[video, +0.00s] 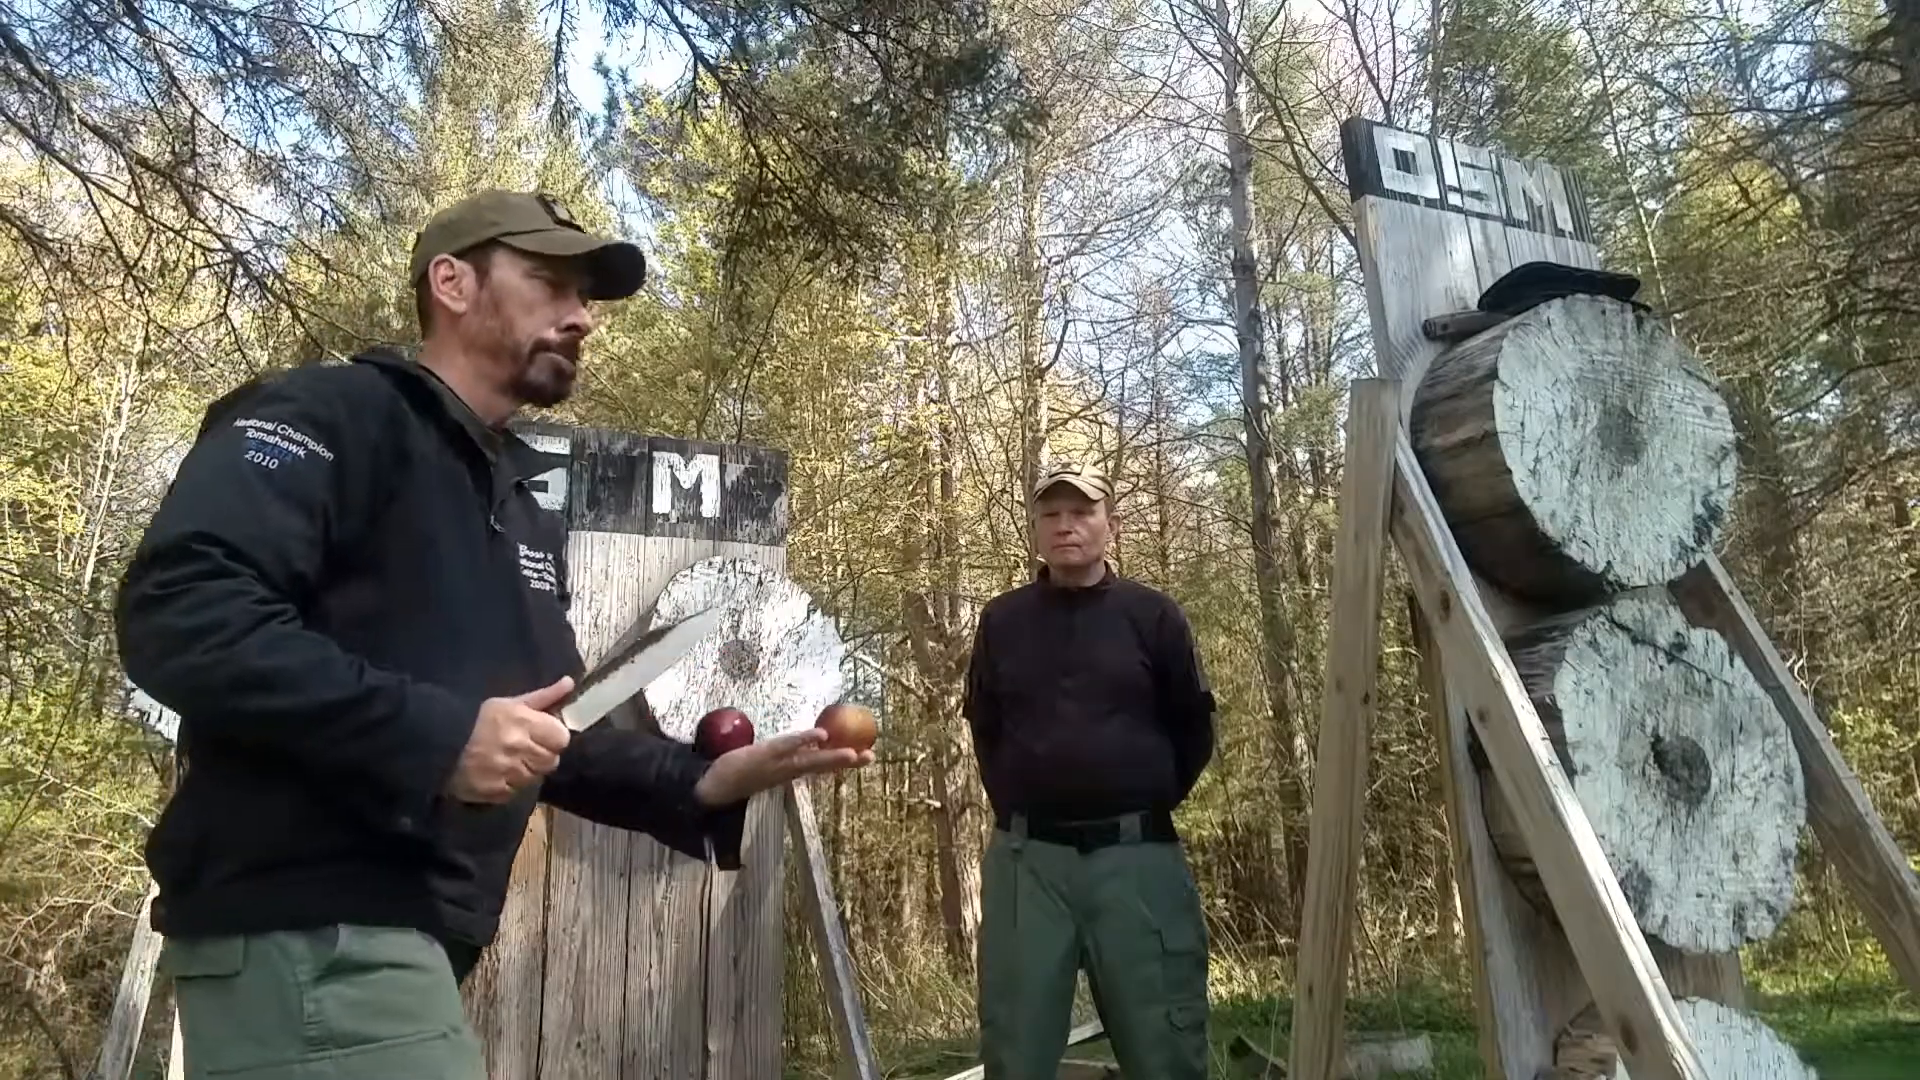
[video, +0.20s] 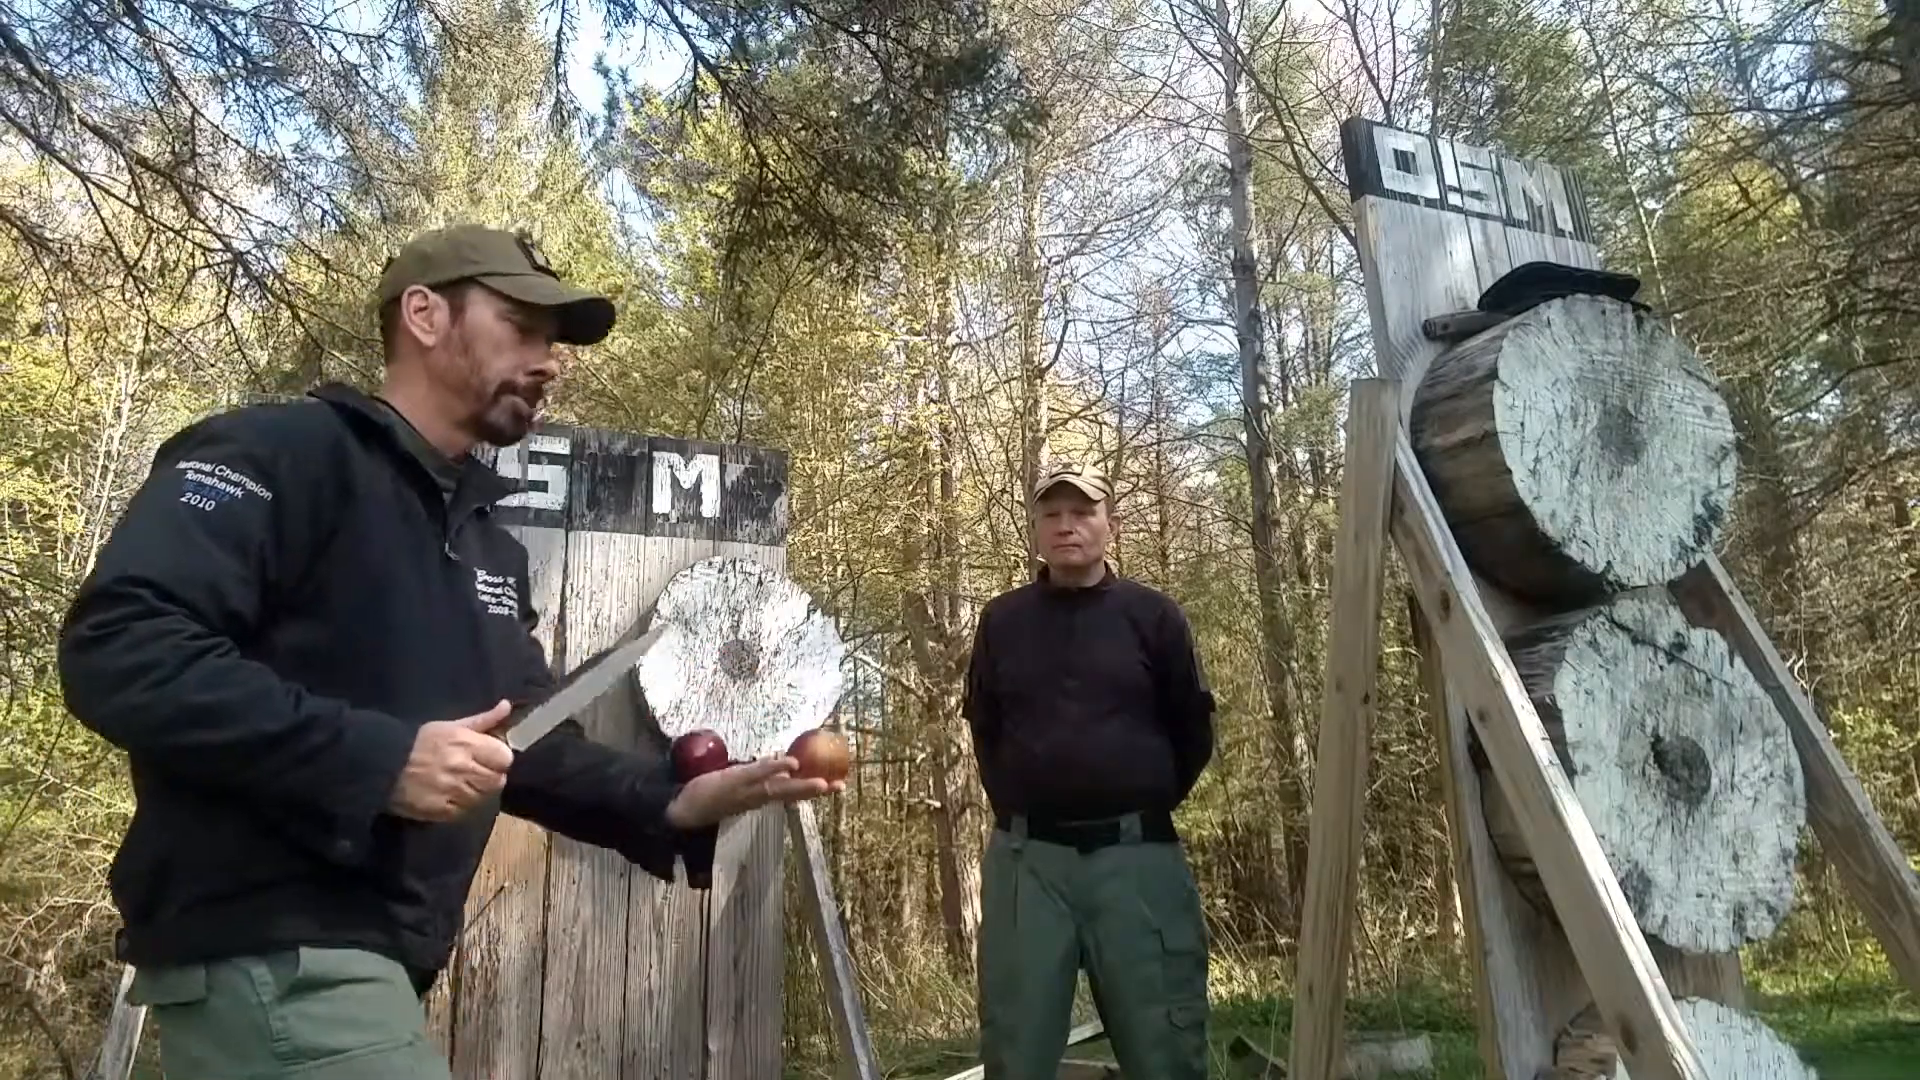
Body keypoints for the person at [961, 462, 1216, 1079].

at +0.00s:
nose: (1066, 525)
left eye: (1081, 512)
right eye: (1051, 515)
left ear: (1110, 526)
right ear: (1034, 533)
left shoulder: (1153, 614)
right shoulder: (1000, 619)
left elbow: (1195, 729)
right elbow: (984, 729)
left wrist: (1142, 811)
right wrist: (1026, 816)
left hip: (1138, 859)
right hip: (1025, 861)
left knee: (1164, 1057)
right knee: (1016, 1058)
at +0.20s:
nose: (1067, 525)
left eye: (1082, 513)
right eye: (1052, 515)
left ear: (1109, 527)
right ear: (1034, 533)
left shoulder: (1154, 614)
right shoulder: (1000, 619)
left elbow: (1194, 731)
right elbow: (984, 730)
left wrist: (1140, 812)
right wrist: (1026, 816)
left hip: (1138, 861)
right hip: (1025, 861)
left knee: (1164, 1057)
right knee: (1016, 1058)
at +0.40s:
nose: (1067, 525)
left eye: (1081, 513)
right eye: (1052, 515)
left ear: (1109, 527)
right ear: (1034, 534)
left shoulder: (1154, 614)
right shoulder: (1000, 619)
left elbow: (1194, 731)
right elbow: (984, 731)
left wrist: (1139, 812)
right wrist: (1026, 817)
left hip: (1138, 860)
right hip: (1025, 861)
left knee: (1164, 1057)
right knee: (1016, 1057)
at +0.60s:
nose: (1067, 526)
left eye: (1082, 513)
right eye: (1053, 515)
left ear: (1110, 528)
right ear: (1034, 533)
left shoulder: (1154, 614)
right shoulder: (1000, 619)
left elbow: (1194, 729)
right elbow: (983, 731)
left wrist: (1142, 813)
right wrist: (1025, 818)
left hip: (1138, 860)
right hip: (1025, 862)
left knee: (1164, 1058)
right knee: (1016, 1058)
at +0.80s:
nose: (1068, 525)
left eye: (1082, 513)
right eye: (1053, 515)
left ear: (1109, 528)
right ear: (1035, 533)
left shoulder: (1154, 614)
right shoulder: (1000, 619)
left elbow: (1194, 728)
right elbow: (984, 731)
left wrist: (1143, 813)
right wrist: (1025, 819)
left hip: (1138, 860)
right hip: (1025, 861)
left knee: (1164, 1057)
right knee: (1016, 1058)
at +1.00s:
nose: (1068, 525)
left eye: (1082, 513)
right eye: (1053, 515)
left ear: (1110, 528)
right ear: (1034, 533)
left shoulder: (1154, 614)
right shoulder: (1000, 620)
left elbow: (1194, 730)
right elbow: (984, 733)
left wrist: (1141, 813)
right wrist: (1026, 819)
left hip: (1139, 860)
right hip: (1025, 861)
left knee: (1164, 1057)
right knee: (1016, 1058)